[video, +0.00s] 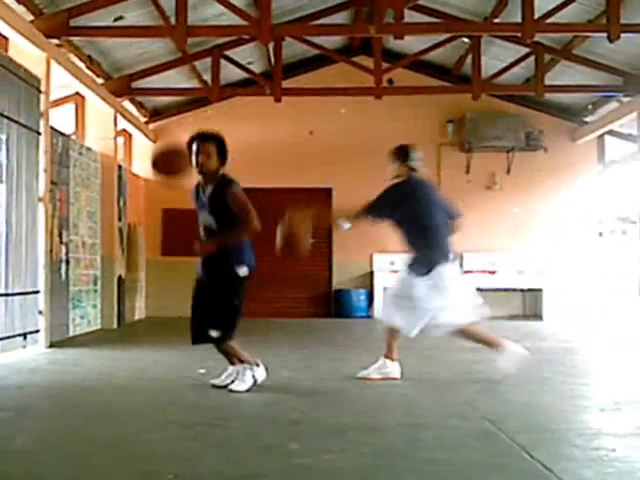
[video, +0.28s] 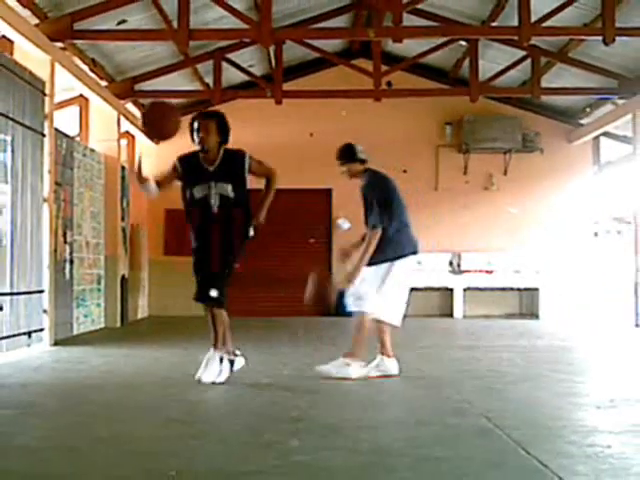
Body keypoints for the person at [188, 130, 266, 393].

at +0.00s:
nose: (201, 161)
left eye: (208, 156)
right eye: (198, 155)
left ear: (221, 159)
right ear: (194, 159)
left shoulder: (229, 189)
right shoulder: (199, 190)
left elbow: (253, 224)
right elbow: (209, 224)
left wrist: (217, 241)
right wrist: (203, 244)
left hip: (234, 263)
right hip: (212, 262)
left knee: (215, 327)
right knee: (206, 324)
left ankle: (250, 366)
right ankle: (236, 364)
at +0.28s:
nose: (201, 136)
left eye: (207, 131)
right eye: (197, 131)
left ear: (221, 134)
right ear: (194, 135)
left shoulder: (238, 160)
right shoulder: (186, 164)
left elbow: (270, 175)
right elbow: (159, 185)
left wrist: (262, 213)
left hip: (231, 237)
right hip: (203, 239)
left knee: (214, 296)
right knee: (211, 298)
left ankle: (218, 353)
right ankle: (229, 352)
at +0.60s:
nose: (209, 157)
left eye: (214, 152)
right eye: (205, 152)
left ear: (223, 154)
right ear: (198, 154)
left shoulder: (235, 186)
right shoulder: (183, 182)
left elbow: (249, 219)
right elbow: (167, 211)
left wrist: (263, 241)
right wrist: (172, 240)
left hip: (225, 262)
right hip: (194, 261)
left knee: (218, 316)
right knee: (193, 317)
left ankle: (215, 363)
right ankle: (208, 351)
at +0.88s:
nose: (222, 171)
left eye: (226, 166)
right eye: (218, 166)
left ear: (232, 166)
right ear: (210, 165)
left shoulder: (240, 191)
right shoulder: (197, 189)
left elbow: (246, 226)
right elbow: (188, 227)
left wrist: (248, 257)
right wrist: (197, 259)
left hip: (231, 259)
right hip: (204, 258)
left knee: (227, 306)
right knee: (197, 304)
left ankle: (224, 348)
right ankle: (206, 336)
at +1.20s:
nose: (219, 169)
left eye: (223, 163)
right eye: (215, 163)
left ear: (229, 163)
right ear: (206, 162)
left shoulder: (237, 190)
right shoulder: (193, 188)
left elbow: (243, 226)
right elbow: (183, 227)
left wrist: (243, 257)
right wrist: (193, 261)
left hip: (228, 257)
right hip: (199, 256)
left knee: (224, 306)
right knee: (194, 304)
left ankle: (221, 352)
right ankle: (201, 340)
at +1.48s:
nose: (215, 167)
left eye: (220, 161)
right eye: (211, 161)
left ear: (227, 161)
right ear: (203, 160)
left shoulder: (236, 190)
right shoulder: (188, 187)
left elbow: (243, 227)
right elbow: (179, 229)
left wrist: (242, 260)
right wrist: (193, 267)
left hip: (226, 256)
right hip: (195, 255)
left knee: (222, 306)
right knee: (190, 304)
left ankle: (219, 355)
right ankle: (199, 341)